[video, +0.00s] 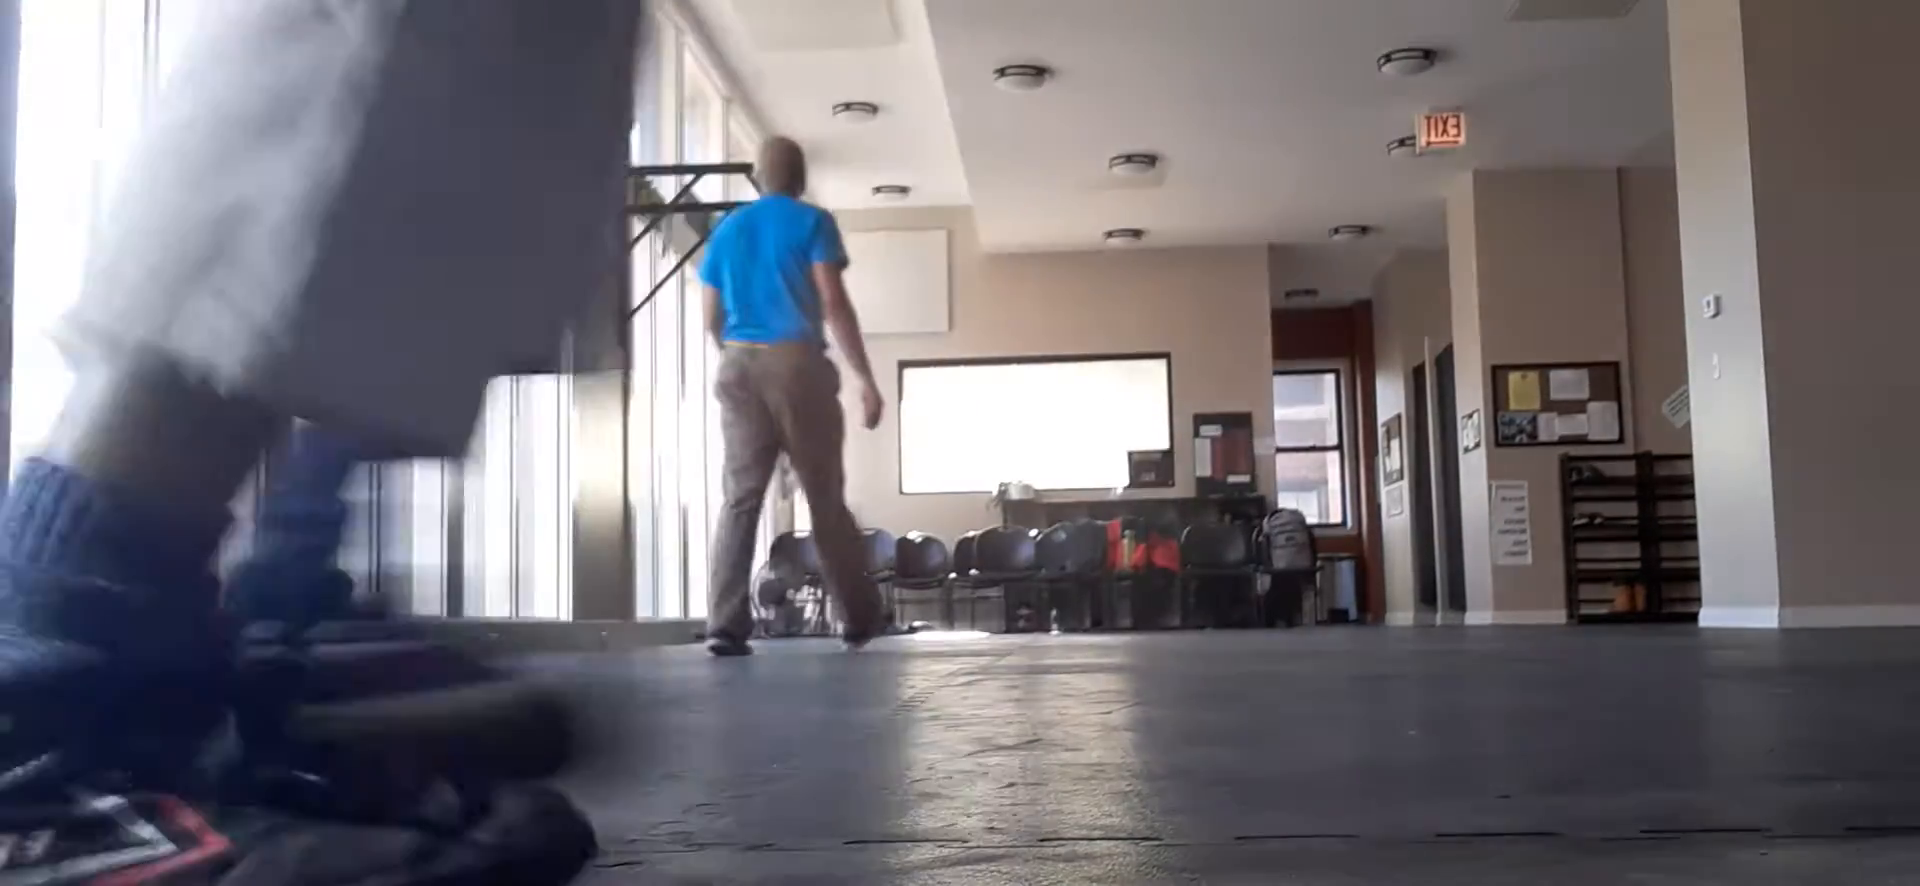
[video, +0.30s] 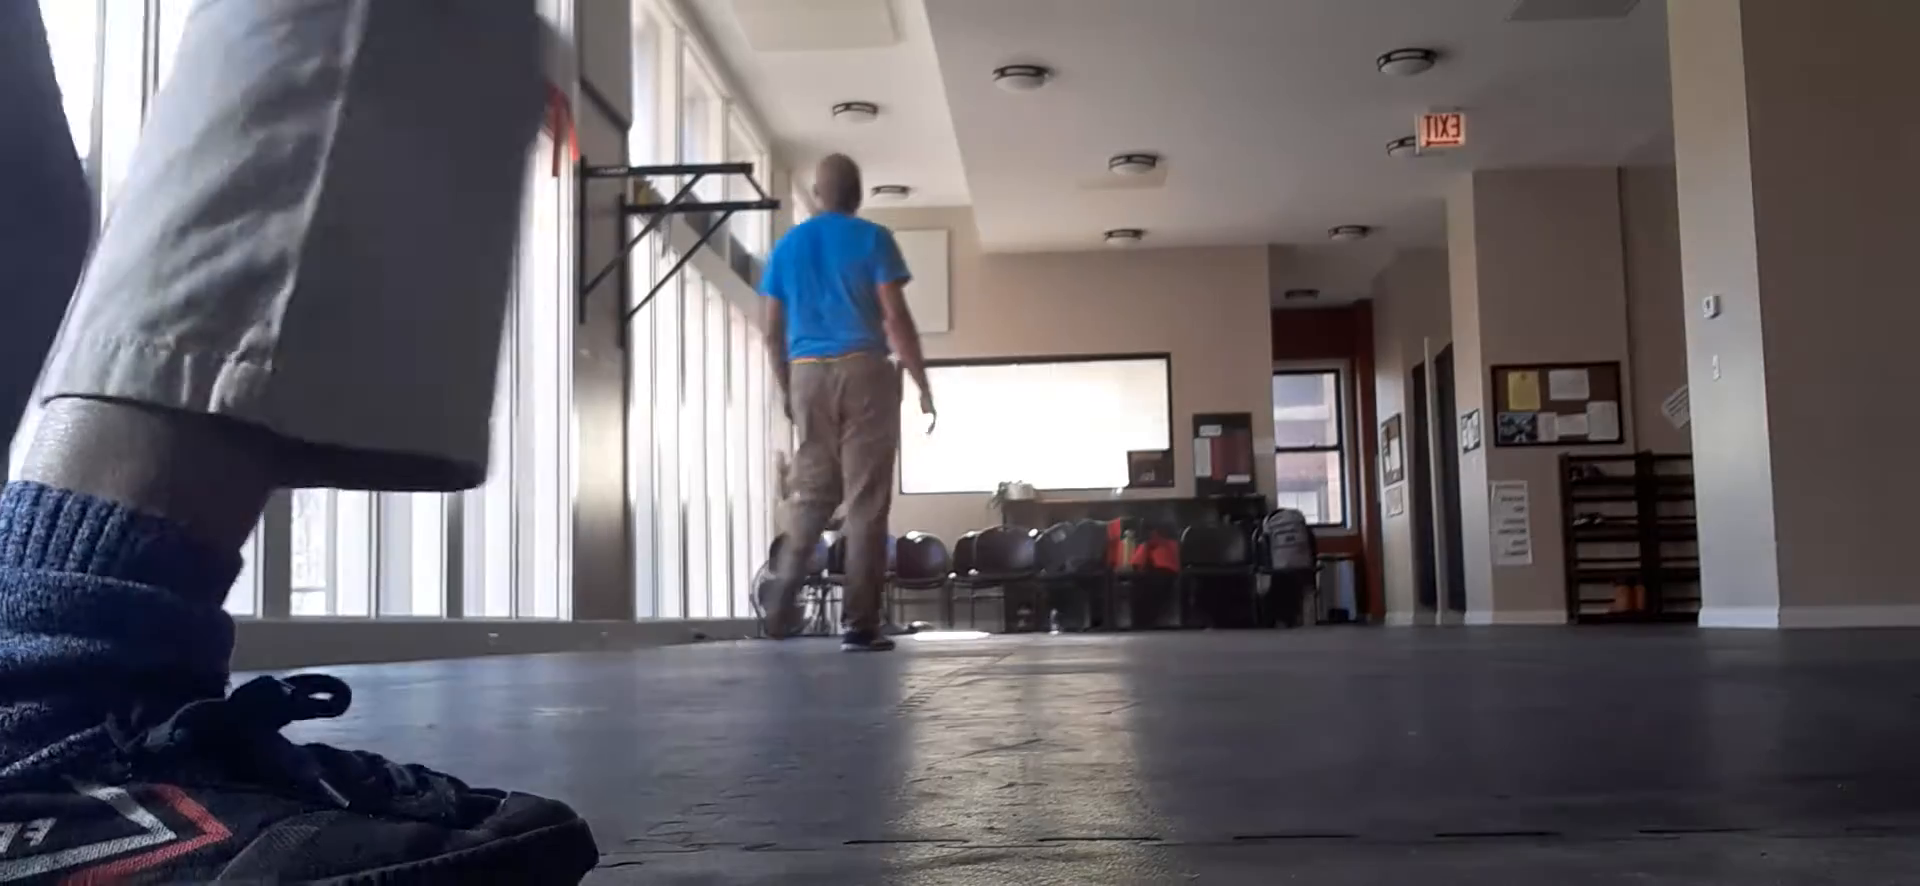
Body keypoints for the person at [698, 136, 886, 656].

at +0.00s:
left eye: (770, 167)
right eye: (797, 170)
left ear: (758, 177)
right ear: (801, 176)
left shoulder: (726, 228)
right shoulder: (813, 220)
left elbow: (713, 317)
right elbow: (833, 300)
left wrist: (739, 355)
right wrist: (863, 376)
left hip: (735, 364)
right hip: (796, 362)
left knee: (740, 498)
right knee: (825, 494)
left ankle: (726, 627)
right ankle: (862, 618)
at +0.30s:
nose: (824, 193)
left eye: (819, 187)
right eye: (852, 190)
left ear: (815, 195)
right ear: (859, 195)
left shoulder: (785, 246)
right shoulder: (873, 237)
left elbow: (771, 330)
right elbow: (895, 316)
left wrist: (787, 388)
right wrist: (922, 383)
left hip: (808, 374)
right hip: (867, 371)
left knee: (813, 490)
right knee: (866, 496)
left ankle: (780, 598)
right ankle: (861, 623)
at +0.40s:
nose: (859, 195)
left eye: (840, 188)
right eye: (870, 191)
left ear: (832, 197)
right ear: (875, 197)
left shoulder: (803, 248)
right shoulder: (891, 242)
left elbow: (781, 332)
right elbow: (914, 319)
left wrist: (782, 398)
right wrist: (935, 382)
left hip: (820, 376)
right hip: (876, 374)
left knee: (836, 490)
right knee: (870, 497)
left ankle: (825, 614)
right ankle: (859, 624)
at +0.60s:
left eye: (865, 211)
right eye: (897, 211)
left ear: (859, 220)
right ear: (900, 221)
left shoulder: (831, 267)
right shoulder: (917, 261)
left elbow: (804, 342)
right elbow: (941, 333)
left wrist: (777, 408)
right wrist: (959, 390)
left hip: (843, 387)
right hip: (895, 385)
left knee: (874, 502)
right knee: (885, 500)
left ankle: (900, 618)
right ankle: (860, 619)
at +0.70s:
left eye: (871, 217)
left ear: (870, 227)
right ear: (910, 229)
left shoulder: (842, 274)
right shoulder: (926, 267)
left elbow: (812, 347)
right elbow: (949, 342)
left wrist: (783, 405)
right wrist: (966, 396)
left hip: (855, 395)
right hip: (905, 392)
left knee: (887, 509)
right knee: (900, 504)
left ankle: (913, 625)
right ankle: (867, 613)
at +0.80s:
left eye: (880, 216)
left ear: (878, 229)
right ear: (916, 228)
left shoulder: (852, 276)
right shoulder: (935, 267)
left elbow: (824, 351)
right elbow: (956, 340)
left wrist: (797, 414)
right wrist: (974, 398)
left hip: (864, 398)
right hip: (913, 397)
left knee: (891, 511)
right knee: (929, 503)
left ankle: (916, 621)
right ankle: (883, 586)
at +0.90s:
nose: (896, 227)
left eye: (893, 222)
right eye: (921, 223)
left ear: (890, 231)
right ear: (929, 231)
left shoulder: (866, 278)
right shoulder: (946, 270)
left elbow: (846, 357)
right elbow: (969, 341)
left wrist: (834, 419)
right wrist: (989, 398)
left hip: (874, 399)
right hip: (925, 398)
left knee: (897, 514)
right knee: (961, 499)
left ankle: (906, 626)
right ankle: (922, 581)